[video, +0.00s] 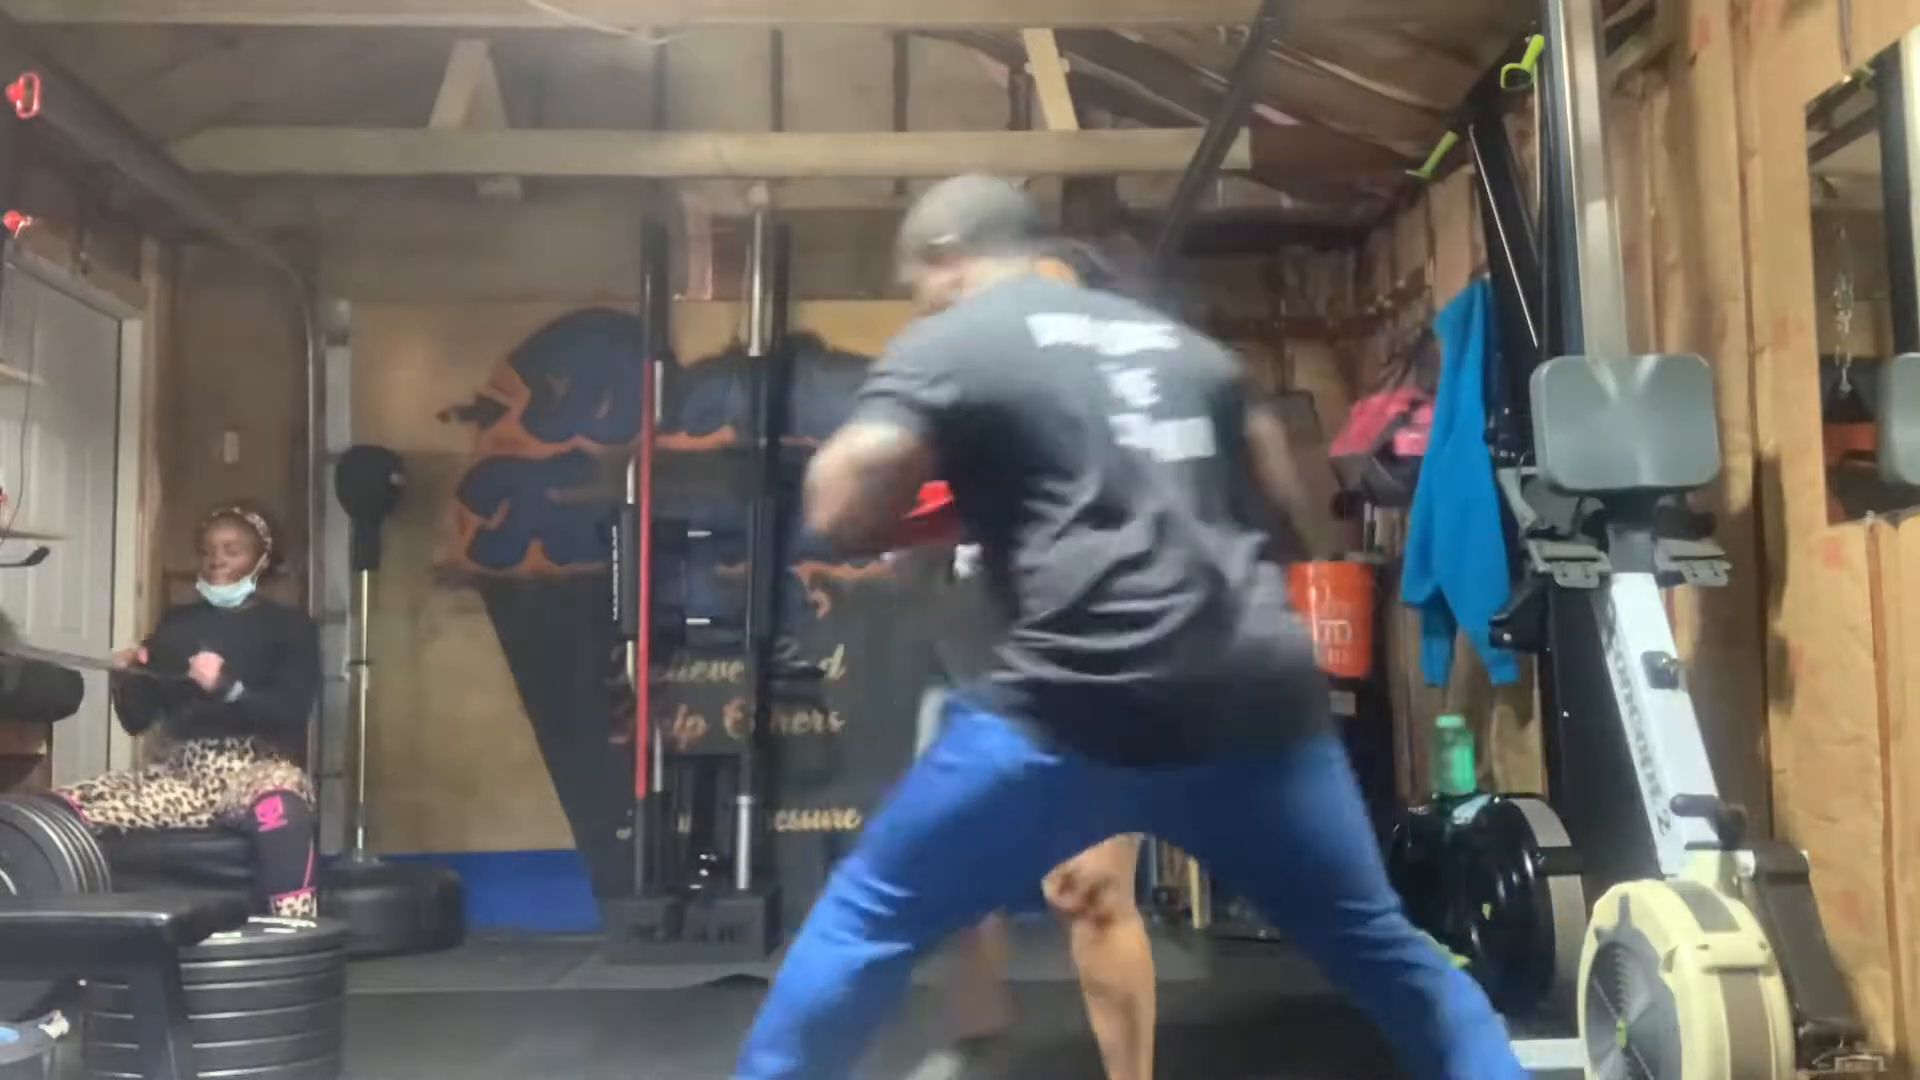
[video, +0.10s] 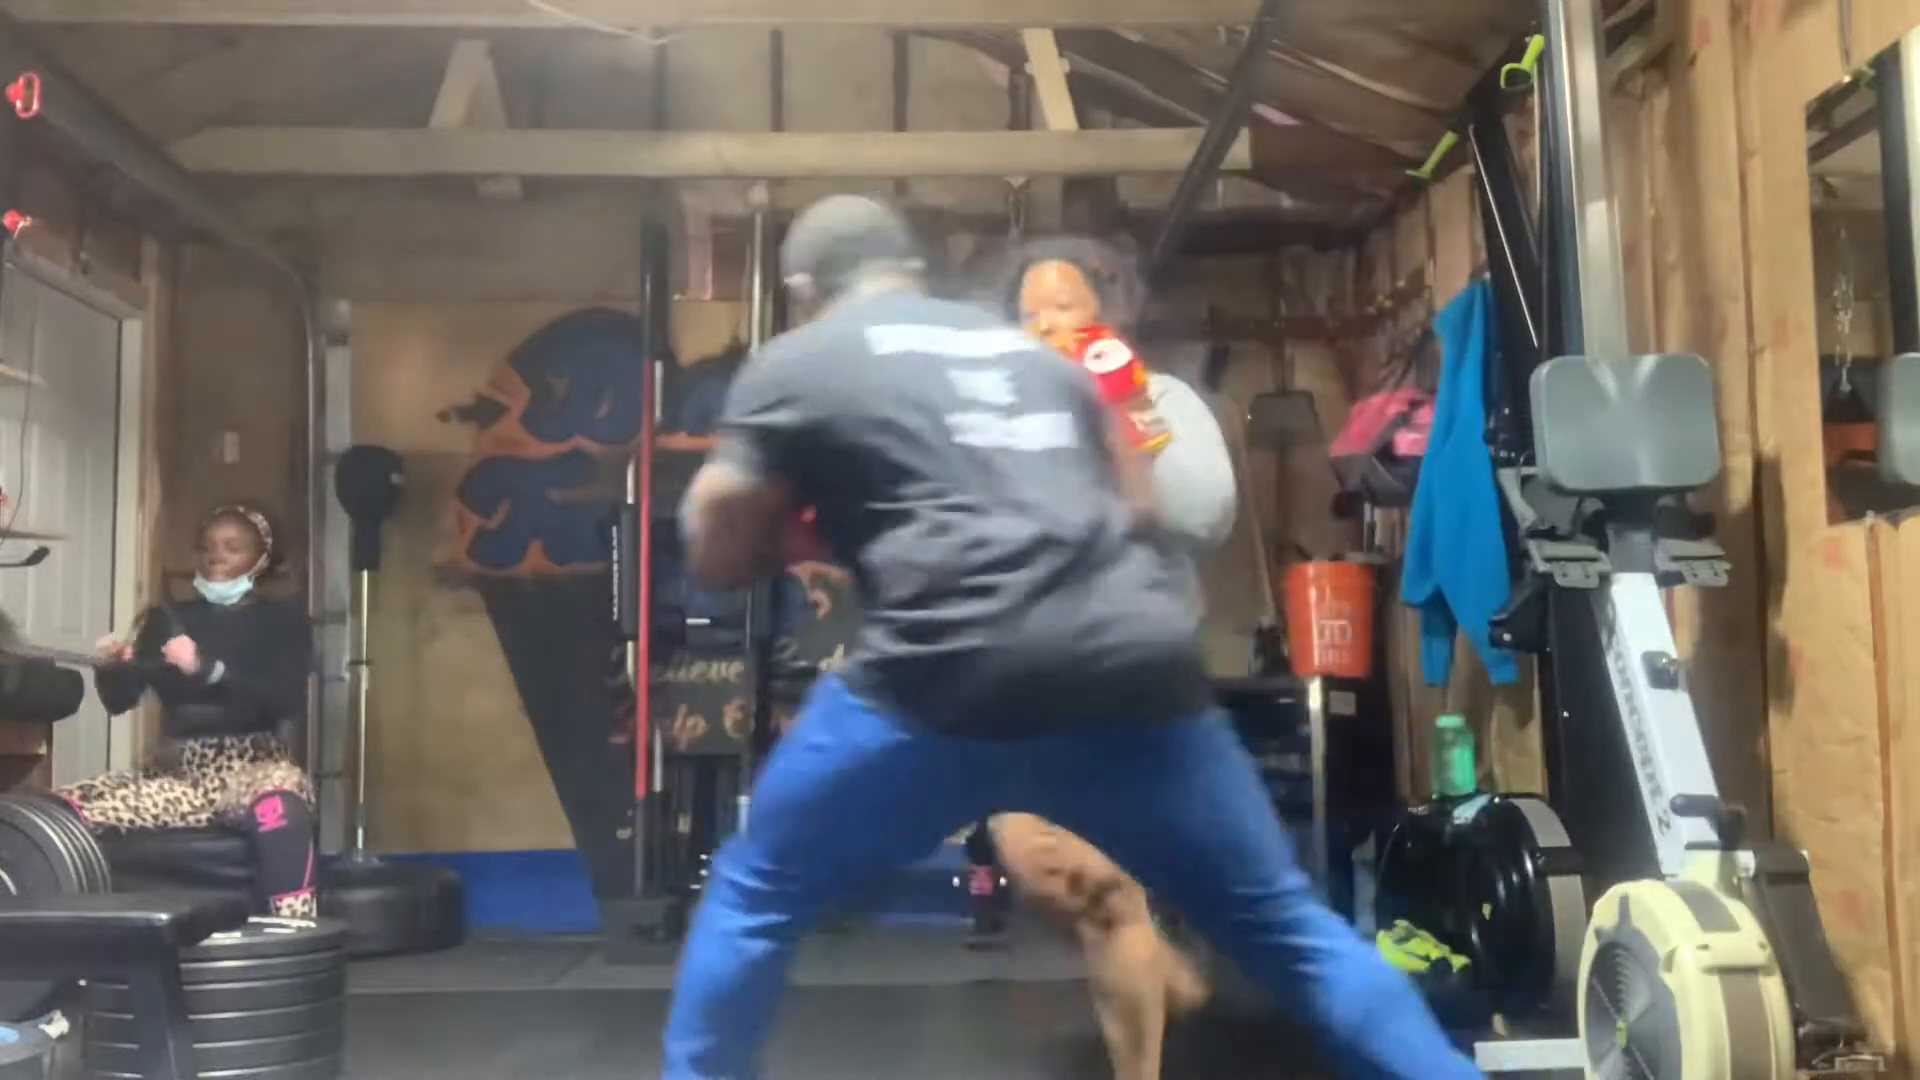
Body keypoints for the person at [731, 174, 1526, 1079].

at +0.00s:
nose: (916, 303)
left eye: (915, 287)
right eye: (912, 287)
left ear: (947, 265)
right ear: (1044, 251)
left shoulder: (947, 338)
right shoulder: (1187, 341)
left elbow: (841, 508)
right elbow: (1289, 505)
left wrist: (895, 538)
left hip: (1069, 704)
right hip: (1262, 707)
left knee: (869, 916)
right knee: (1378, 943)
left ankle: (770, 1071)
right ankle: (1503, 1073)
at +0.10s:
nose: (784, 311)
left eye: (786, 296)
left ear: (806, 287)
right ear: (920, 266)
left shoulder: (790, 367)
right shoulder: (1036, 350)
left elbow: (720, 556)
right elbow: (1136, 504)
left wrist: (794, 515)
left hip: (939, 673)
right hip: (1130, 665)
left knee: (758, 894)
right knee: (1284, 920)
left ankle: (696, 1069)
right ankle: (1449, 1073)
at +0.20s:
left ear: (719, 287)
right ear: (831, 268)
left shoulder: (679, 376)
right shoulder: (944, 342)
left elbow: (639, 573)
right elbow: (1031, 508)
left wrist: (713, 515)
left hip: (830, 658)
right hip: (1022, 649)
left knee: (672, 896)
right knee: (1152, 920)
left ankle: (665, 1072)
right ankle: (1285, 1071)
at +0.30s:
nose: (791, 263)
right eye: (789, 252)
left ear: (672, 271)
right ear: (774, 248)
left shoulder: (610, 371)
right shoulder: (886, 324)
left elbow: (599, 564)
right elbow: (969, 488)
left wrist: (682, 490)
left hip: (728, 657)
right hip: (928, 648)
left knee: (626, 904)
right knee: (1005, 918)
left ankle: (639, 1069)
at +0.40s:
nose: (770, 240)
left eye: (765, 231)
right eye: (765, 227)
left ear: (643, 236)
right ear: (737, 220)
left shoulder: (561, 356)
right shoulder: (833, 293)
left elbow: (568, 541)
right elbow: (909, 407)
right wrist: (935, 508)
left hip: (645, 652)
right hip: (834, 648)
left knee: (615, 891)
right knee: (902, 915)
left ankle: (630, 1069)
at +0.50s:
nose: (741, 221)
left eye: (736, 209)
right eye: (735, 206)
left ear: (618, 208)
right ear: (699, 195)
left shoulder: (527, 326)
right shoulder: (785, 274)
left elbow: (546, 491)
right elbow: (876, 461)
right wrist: (792, 542)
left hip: (558, 635)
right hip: (734, 629)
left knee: (627, 876)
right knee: (858, 914)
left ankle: (557, 1069)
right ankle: (808, 1071)